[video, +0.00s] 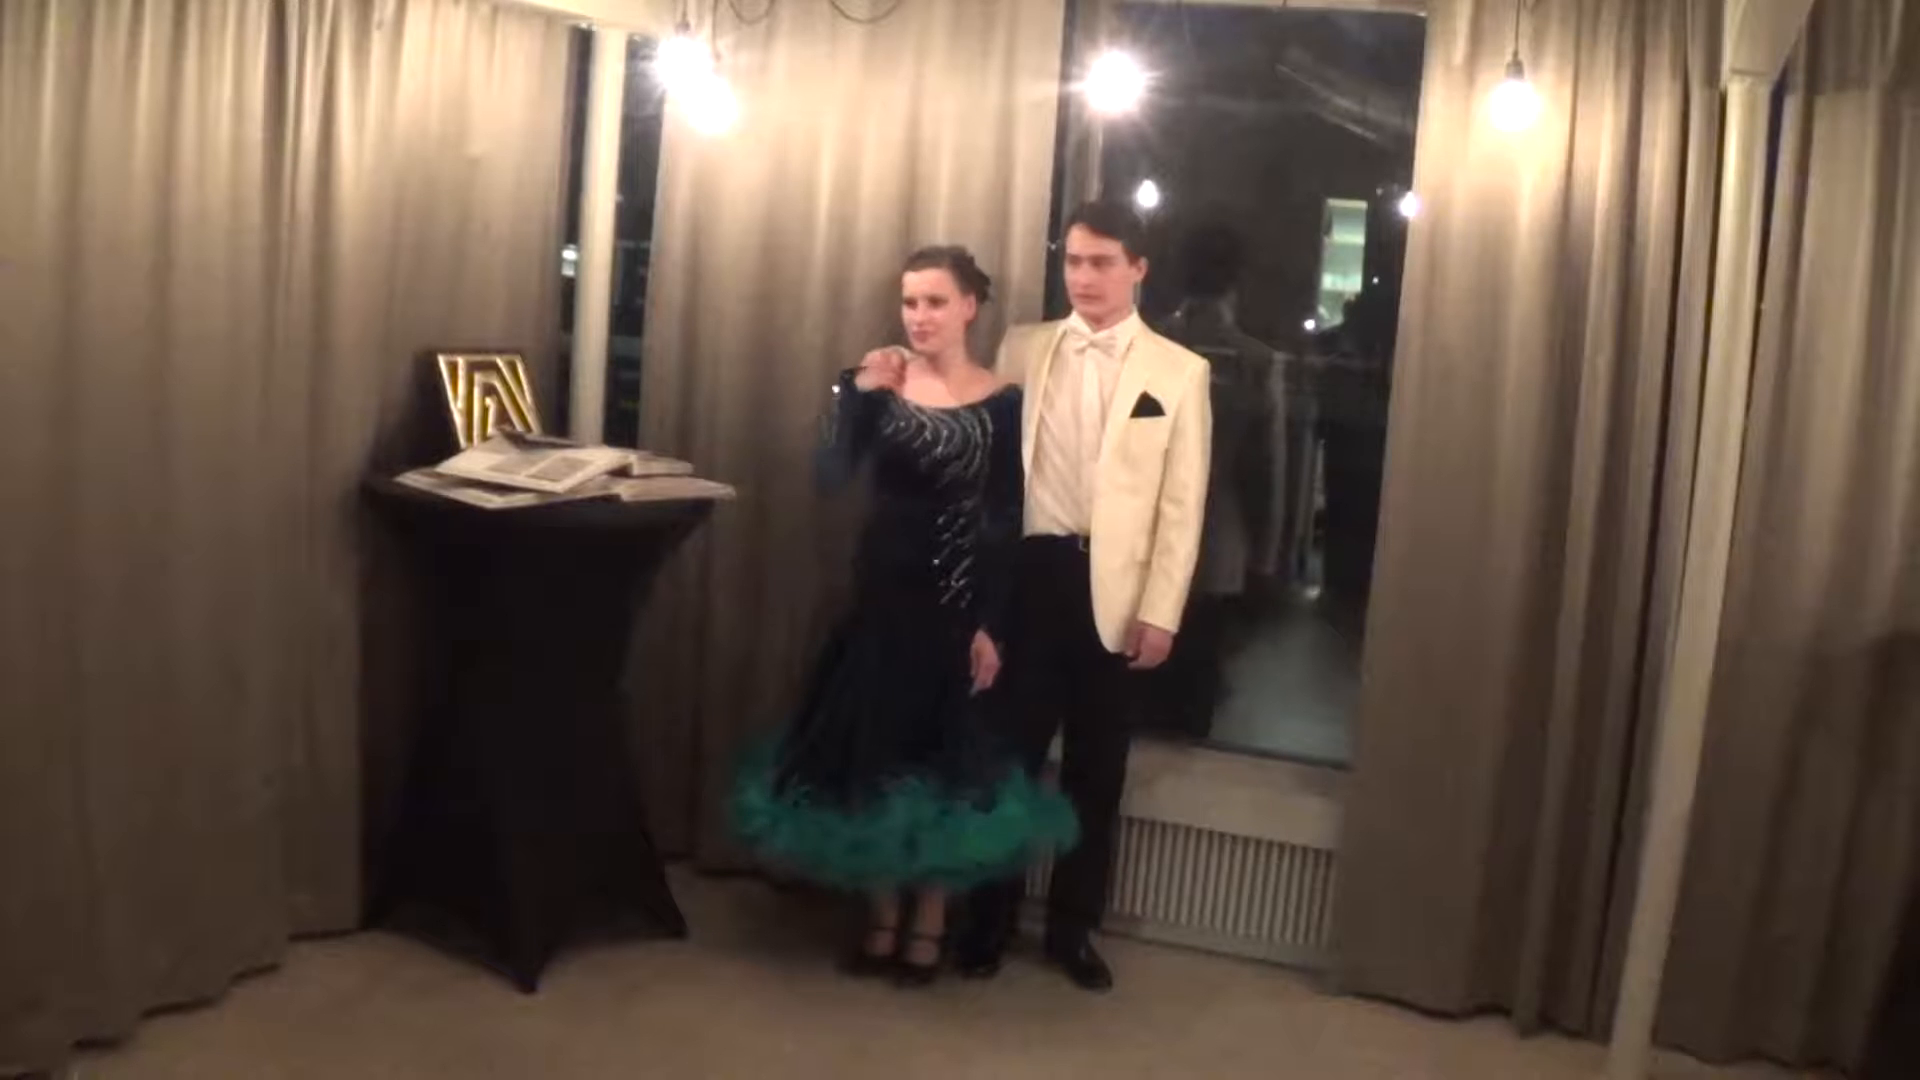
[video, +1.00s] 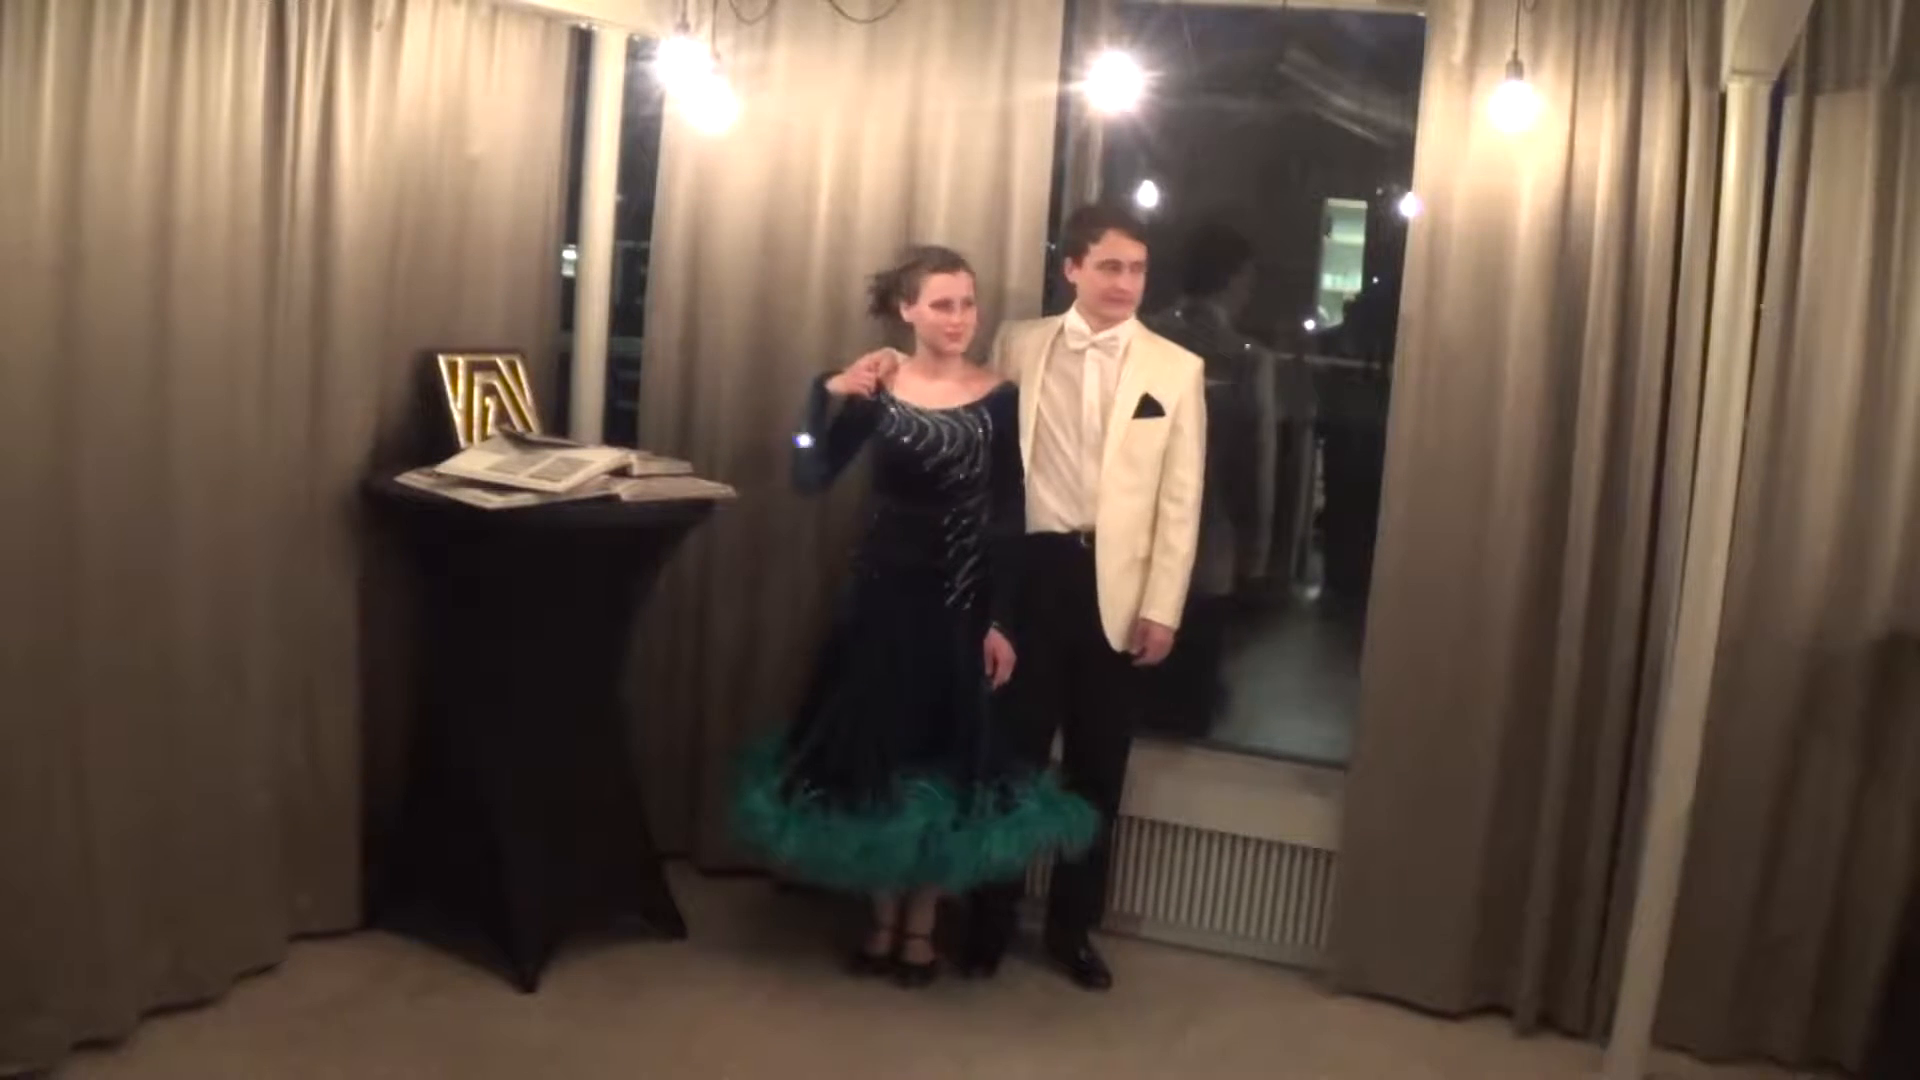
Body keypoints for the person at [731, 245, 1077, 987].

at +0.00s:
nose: (919, 316)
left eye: (935, 302)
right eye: (910, 302)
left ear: (973, 307)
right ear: (899, 309)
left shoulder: (1001, 400)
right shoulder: (884, 388)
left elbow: (1004, 520)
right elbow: (831, 477)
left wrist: (991, 623)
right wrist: (859, 391)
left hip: (960, 600)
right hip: (885, 591)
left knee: (944, 753)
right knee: (879, 748)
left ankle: (931, 908)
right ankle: (882, 905)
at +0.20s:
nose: (921, 315)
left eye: (937, 300)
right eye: (911, 300)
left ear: (973, 307)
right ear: (900, 308)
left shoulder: (1001, 400)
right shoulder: (883, 387)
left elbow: (1005, 521)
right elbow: (826, 474)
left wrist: (992, 624)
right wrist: (849, 390)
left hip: (960, 601)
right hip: (884, 593)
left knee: (947, 754)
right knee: (881, 748)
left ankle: (932, 912)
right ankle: (883, 906)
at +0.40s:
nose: (933, 313)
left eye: (948, 300)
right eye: (921, 299)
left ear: (974, 309)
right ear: (902, 308)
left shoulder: (999, 398)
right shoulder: (880, 387)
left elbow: (1004, 519)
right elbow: (819, 474)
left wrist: (992, 622)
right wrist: (838, 391)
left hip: (961, 597)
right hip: (885, 588)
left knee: (947, 751)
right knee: (882, 746)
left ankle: (931, 911)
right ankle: (883, 906)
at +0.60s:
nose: (943, 314)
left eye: (956, 301)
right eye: (929, 300)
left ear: (976, 310)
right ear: (903, 308)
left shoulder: (998, 399)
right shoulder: (880, 389)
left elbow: (1005, 517)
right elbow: (811, 473)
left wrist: (994, 620)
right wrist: (832, 392)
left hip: (962, 598)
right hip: (887, 590)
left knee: (949, 752)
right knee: (884, 747)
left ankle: (932, 910)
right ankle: (884, 905)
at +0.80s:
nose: (950, 314)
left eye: (961, 301)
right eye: (935, 301)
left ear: (977, 309)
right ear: (902, 308)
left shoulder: (997, 395)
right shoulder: (879, 386)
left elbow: (1006, 513)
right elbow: (810, 473)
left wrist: (998, 619)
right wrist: (829, 391)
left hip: (961, 596)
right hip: (887, 587)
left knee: (942, 749)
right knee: (882, 745)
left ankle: (921, 911)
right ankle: (881, 908)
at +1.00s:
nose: (958, 318)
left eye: (967, 304)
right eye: (941, 305)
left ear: (980, 311)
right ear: (905, 312)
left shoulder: (997, 397)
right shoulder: (879, 389)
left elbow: (1007, 515)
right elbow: (814, 475)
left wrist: (999, 620)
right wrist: (832, 396)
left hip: (962, 598)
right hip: (888, 591)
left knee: (945, 753)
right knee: (884, 748)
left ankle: (923, 915)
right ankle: (882, 910)